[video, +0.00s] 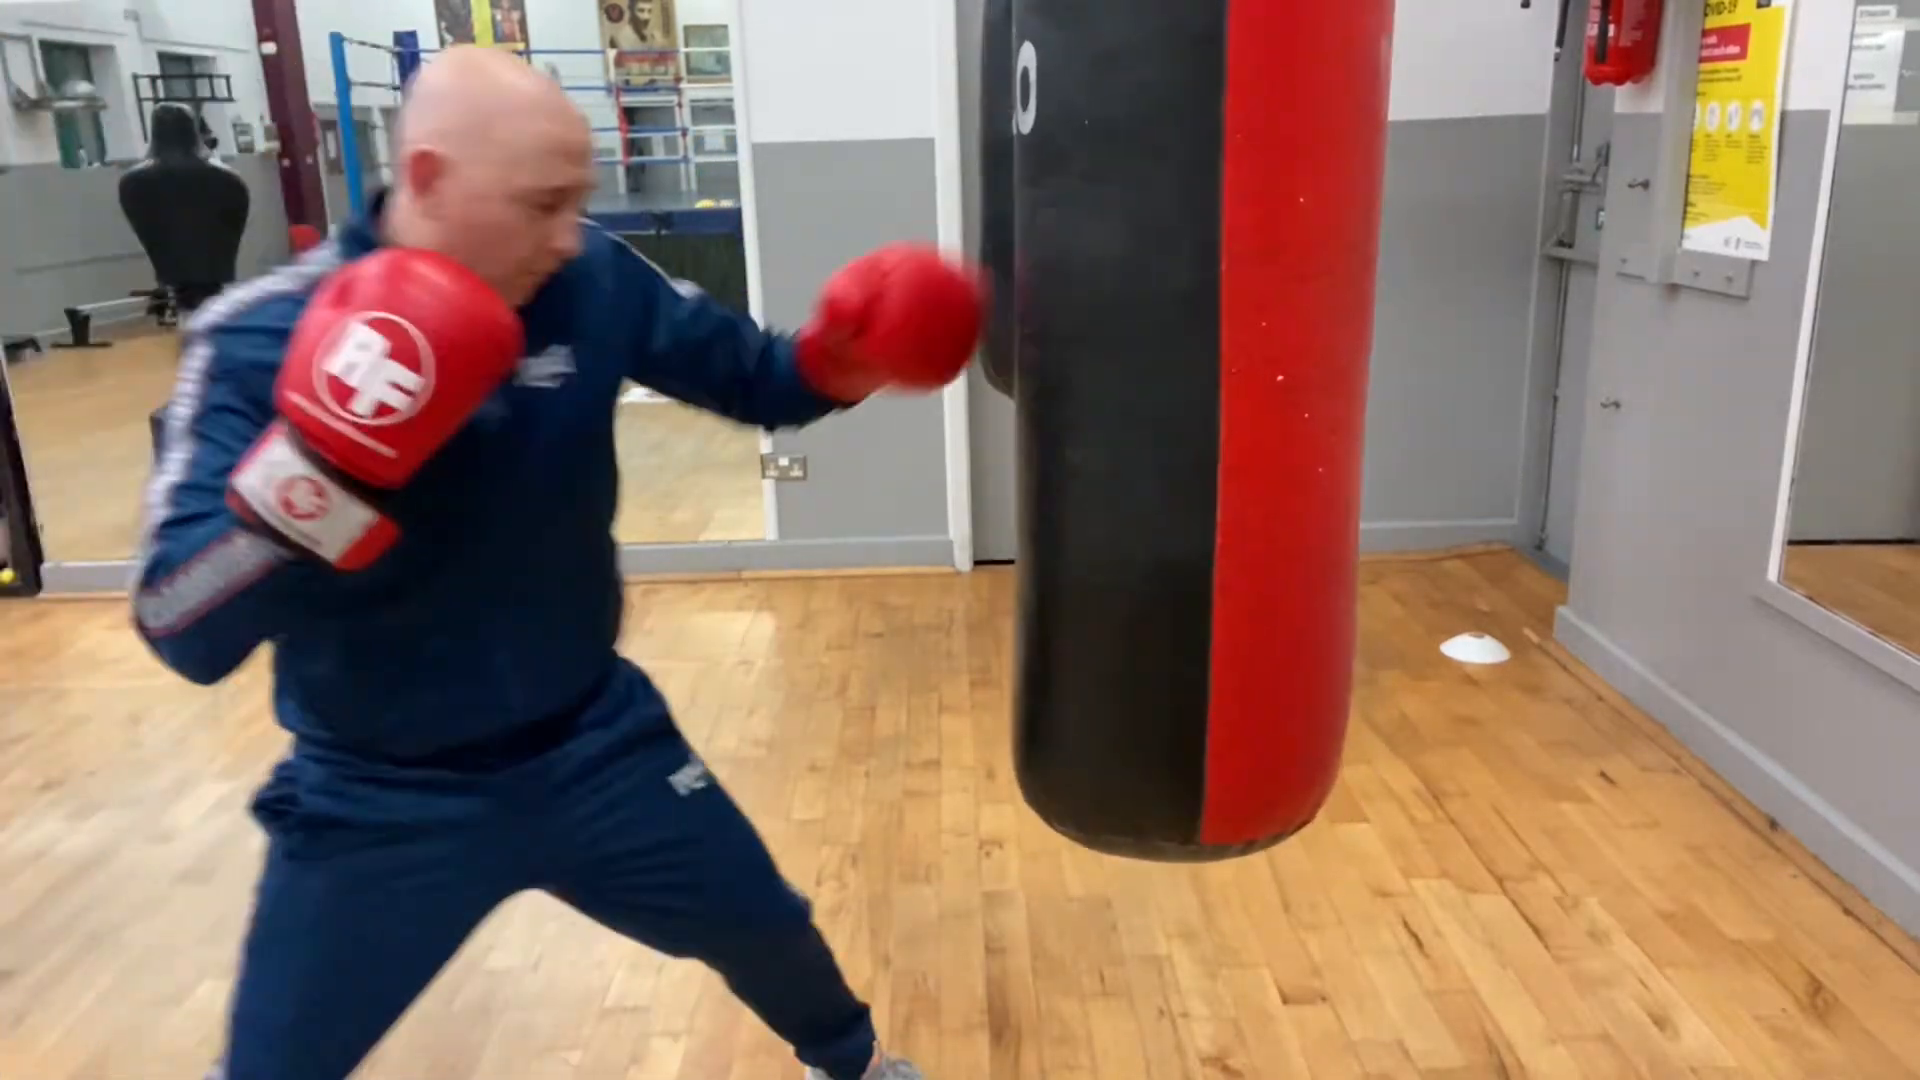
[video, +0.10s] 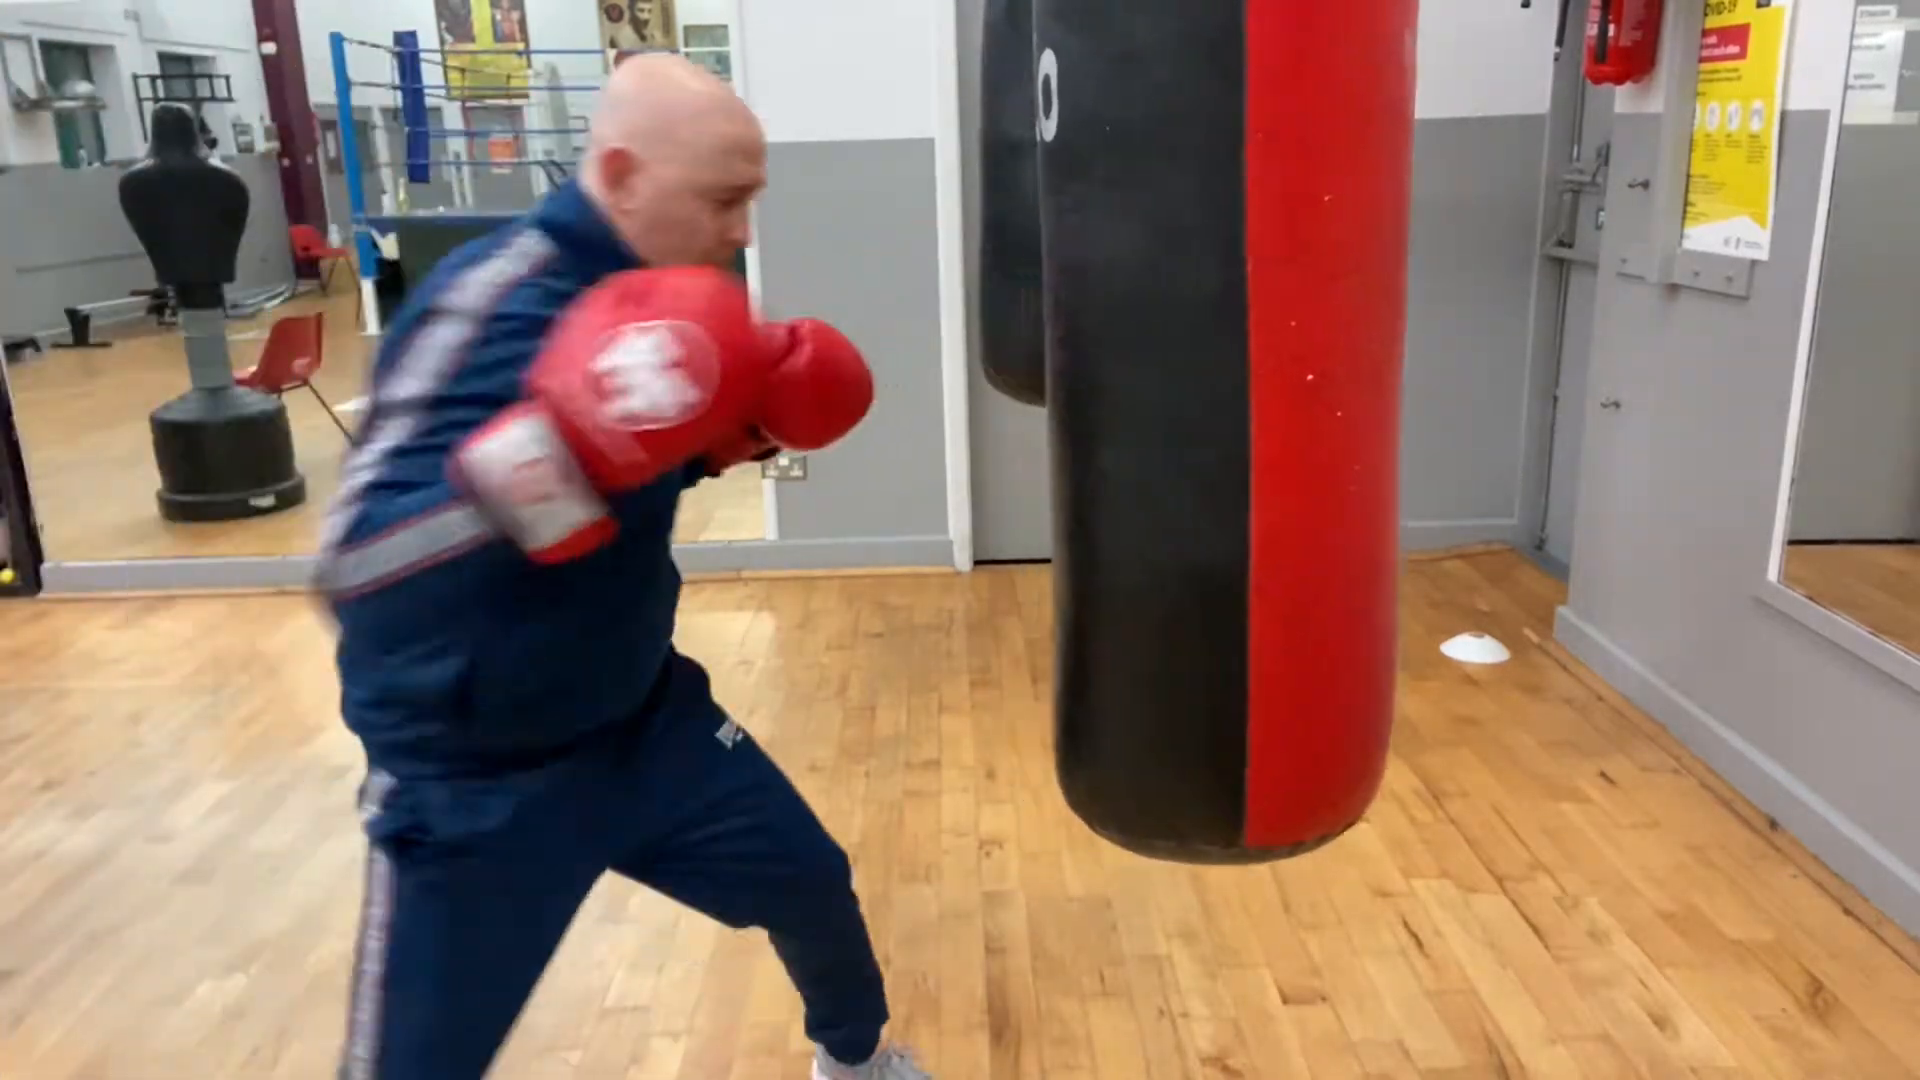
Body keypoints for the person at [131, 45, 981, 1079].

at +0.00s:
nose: (571, 239)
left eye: (579, 204)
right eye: (544, 204)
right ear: (427, 179)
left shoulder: (591, 285)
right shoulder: (258, 342)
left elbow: (758, 380)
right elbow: (183, 631)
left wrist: (850, 352)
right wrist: (323, 461)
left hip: (597, 755)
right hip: (374, 801)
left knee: (765, 931)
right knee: (269, 1072)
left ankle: (858, 1069)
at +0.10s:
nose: (743, 231)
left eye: (749, 203)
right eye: (725, 202)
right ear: (623, 178)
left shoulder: (669, 289)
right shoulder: (491, 301)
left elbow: (645, 451)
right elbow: (351, 563)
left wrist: (747, 421)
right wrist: (565, 447)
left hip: (639, 722)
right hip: (471, 781)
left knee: (811, 886)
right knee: (405, 1068)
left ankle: (856, 1058)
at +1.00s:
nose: (1013, 183)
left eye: (1020, 152)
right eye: (988, 151)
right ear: (890, 139)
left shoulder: (956, 271)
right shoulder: (771, 229)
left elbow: (1002, 462)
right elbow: (678, 432)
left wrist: (1056, 338)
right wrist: (866, 317)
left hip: (866, 686)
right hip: (723, 701)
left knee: (1024, 857)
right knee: (669, 1065)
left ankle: (980, 1042)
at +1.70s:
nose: (390, 130)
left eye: (412, 94)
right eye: (360, 92)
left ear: (432, 69)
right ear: (228, 39)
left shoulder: (415, 165)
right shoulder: (51, 221)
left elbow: (502, 461)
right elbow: (55, 577)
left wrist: (537, 338)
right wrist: (242, 379)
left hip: (451, 760)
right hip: (207, 815)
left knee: (669, 1041)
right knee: (156, 1072)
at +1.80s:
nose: (299, 72)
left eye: (316, 29)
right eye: (268, 22)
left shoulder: (288, 151)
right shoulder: (10, 172)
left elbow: (405, 423)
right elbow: (2, 531)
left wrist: (436, 314)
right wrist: (146, 341)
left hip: (376, 702)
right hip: (134, 767)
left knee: (563, 964)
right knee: (116, 1064)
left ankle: (597, 1077)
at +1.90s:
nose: (228, 84)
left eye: (246, 41)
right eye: (193, 37)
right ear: (47, 7)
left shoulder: (237, 164)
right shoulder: (2, 197)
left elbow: (359, 438)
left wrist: (380, 326)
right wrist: (78, 368)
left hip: (313, 713)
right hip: (71, 782)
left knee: (489, 985)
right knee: (66, 1070)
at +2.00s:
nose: (189, 113)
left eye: (206, 71)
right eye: (150, 65)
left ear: (223, 59)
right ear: (16, 38)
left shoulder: (201, 230)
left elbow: (327, 485)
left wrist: (340, 353)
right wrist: (46, 402)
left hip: (280, 775)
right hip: (55, 836)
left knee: (409, 1049)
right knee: (57, 1070)